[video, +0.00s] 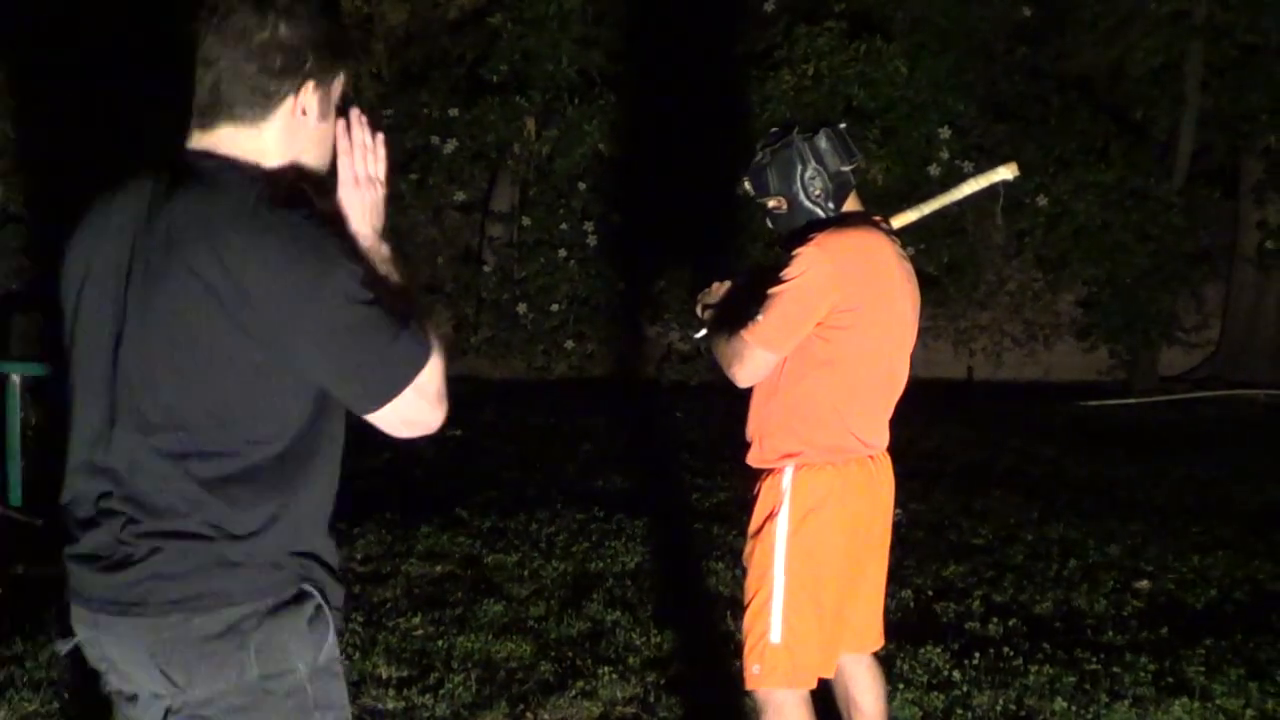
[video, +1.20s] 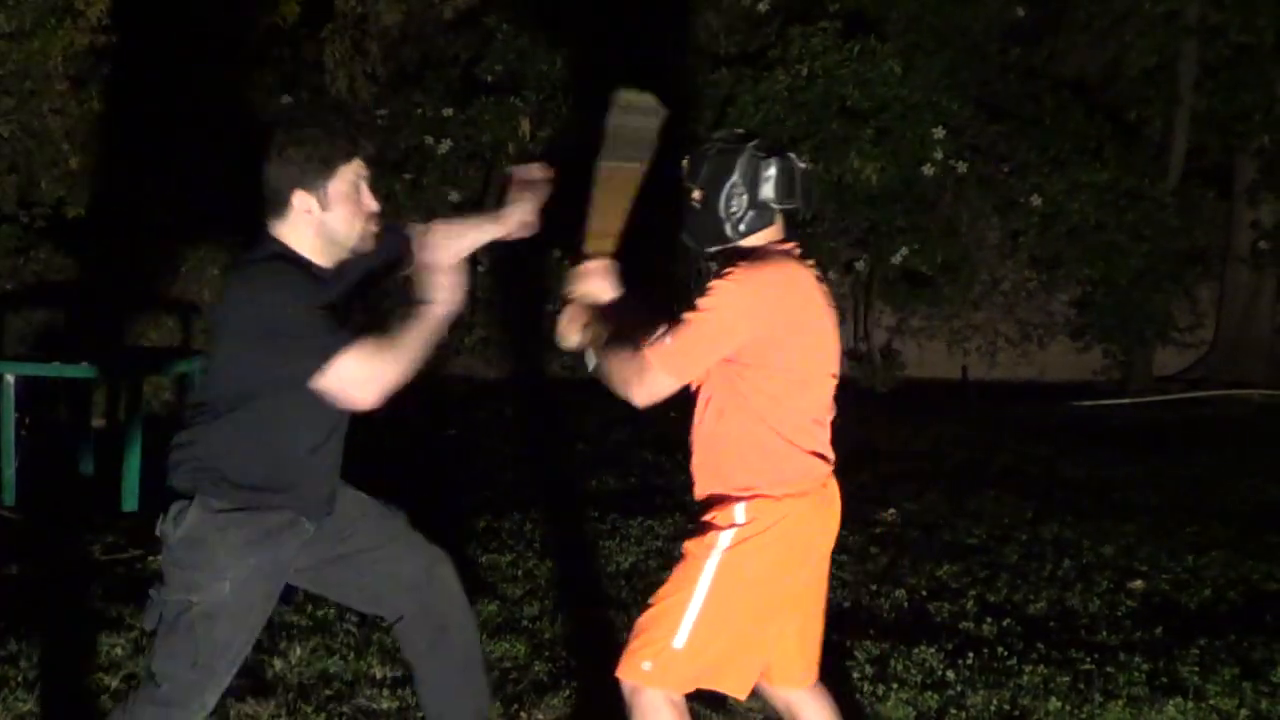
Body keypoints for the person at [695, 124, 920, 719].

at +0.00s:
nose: (772, 214)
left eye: (774, 200)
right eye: (768, 201)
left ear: (798, 195)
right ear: (839, 184)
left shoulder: (825, 259)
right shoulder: (892, 260)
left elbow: (744, 365)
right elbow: (821, 341)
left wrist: (715, 320)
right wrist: (752, 302)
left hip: (806, 485)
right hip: (867, 481)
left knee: (776, 678)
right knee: (850, 652)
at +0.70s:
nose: (777, 198)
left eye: (786, 184)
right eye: (776, 183)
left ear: (821, 185)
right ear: (850, 186)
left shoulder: (825, 261)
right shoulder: (895, 268)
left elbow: (728, 354)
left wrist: (705, 329)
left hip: (818, 487)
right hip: (873, 485)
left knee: (773, 680)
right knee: (835, 670)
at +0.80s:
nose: (774, 198)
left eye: (781, 186)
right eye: (774, 185)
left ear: (812, 190)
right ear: (853, 192)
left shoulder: (799, 263)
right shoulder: (903, 276)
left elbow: (699, 330)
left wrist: (756, 281)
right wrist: (875, 250)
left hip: (815, 492)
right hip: (878, 488)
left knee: (755, 679)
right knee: (832, 673)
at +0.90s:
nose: (764, 201)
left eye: (770, 191)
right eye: (765, 189)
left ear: (791, 199)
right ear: (846, 197)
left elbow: (697, 309)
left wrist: (765, 277)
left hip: (804, 500)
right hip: (871, 494)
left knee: (727, 679)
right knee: (819, 665)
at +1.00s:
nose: (747, 202)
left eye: (753, 192)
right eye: (750, 190)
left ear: (773, 202)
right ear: (828, 200)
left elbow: (694, 322)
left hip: (789, 502)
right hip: (854, 496)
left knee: (696, 676)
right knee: (808, 663)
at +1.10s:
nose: (721, 202)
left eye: (728, 191)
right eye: (726, 190)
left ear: (747, 204)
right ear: (805, 205)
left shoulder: (751, 279)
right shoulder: (842, 280)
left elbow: (661, 351)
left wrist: (643, 315)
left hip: (772, 505)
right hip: (830, 499)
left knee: (669, 676)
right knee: (808, 675)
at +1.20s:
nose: (693, 211)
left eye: (700, 199)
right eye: (695, 197)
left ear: (727, 207)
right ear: (771, 206)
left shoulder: (748, 290)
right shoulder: (799, 283)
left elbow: (642, 384)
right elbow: (684, 344)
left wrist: (593, 338)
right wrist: (618, 305)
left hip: (756, 513)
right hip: (804, 504)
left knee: (649, 678)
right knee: (787, 680)